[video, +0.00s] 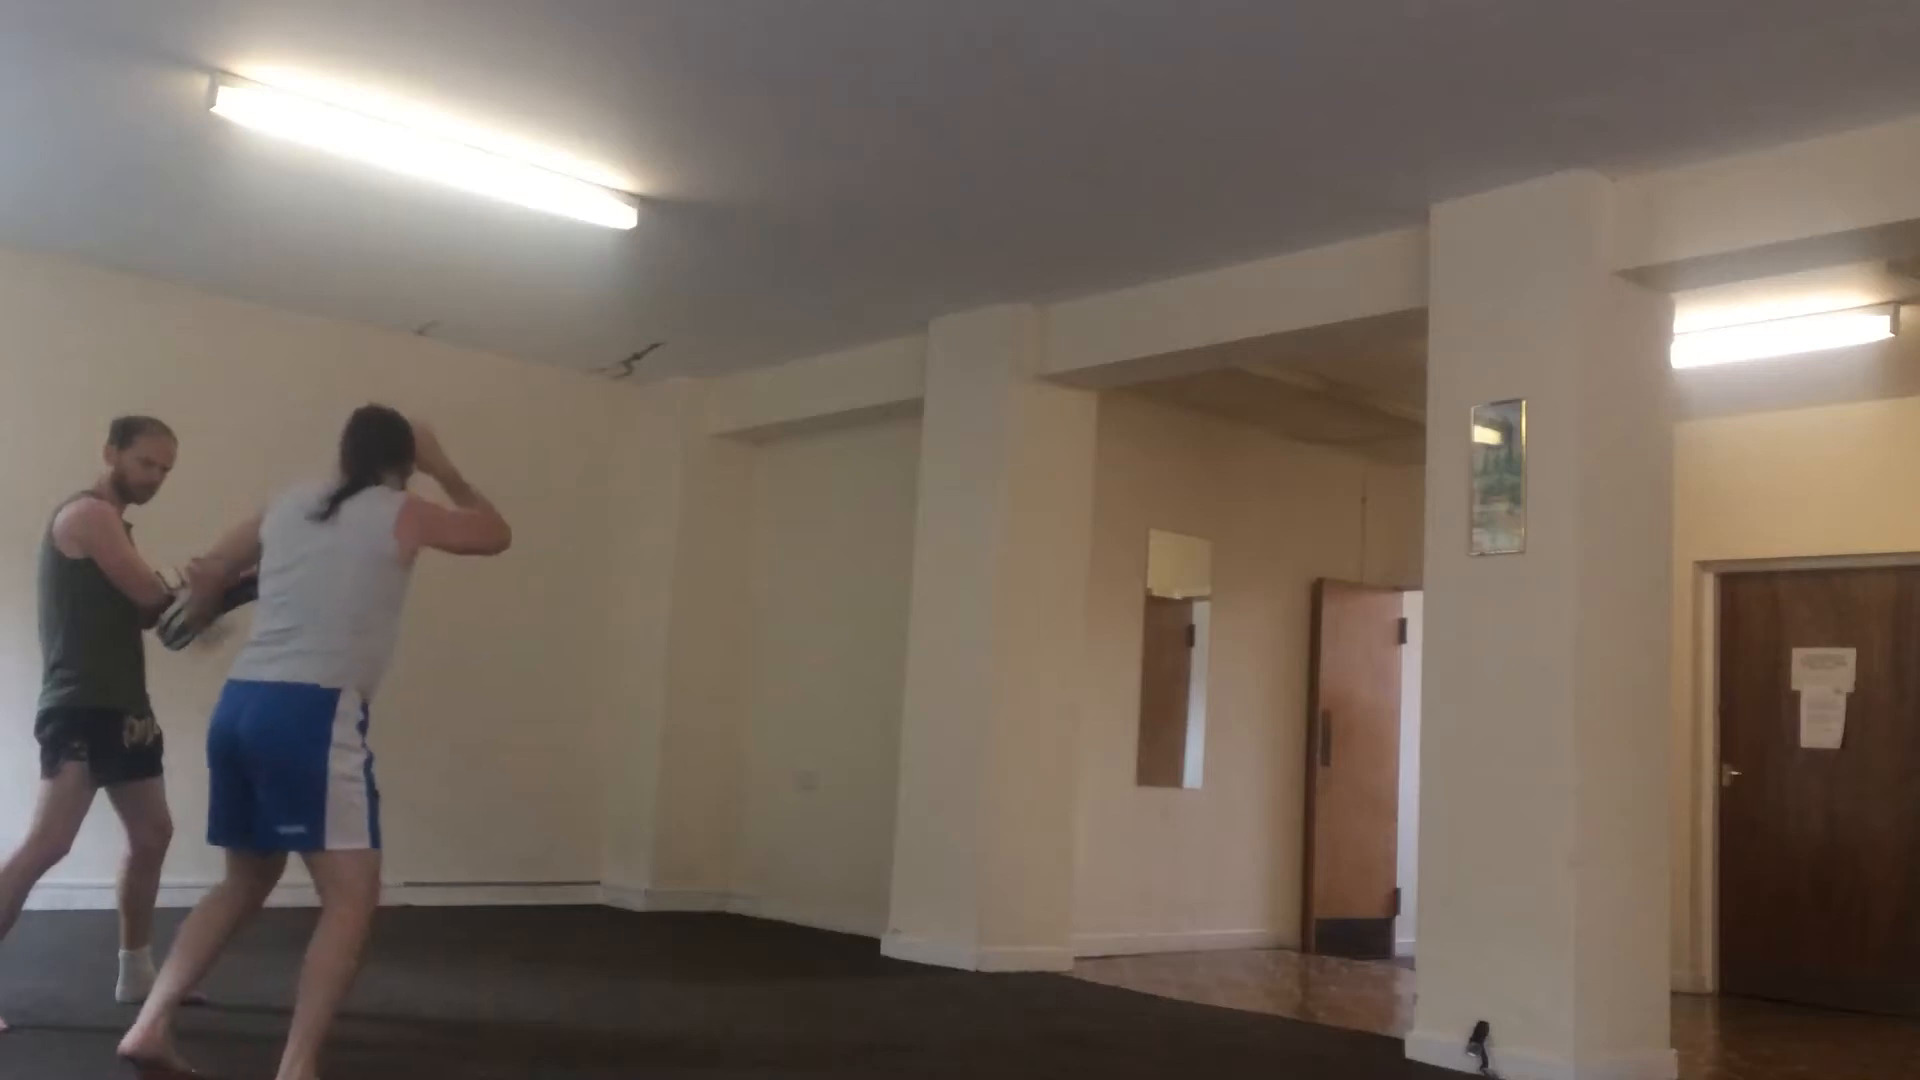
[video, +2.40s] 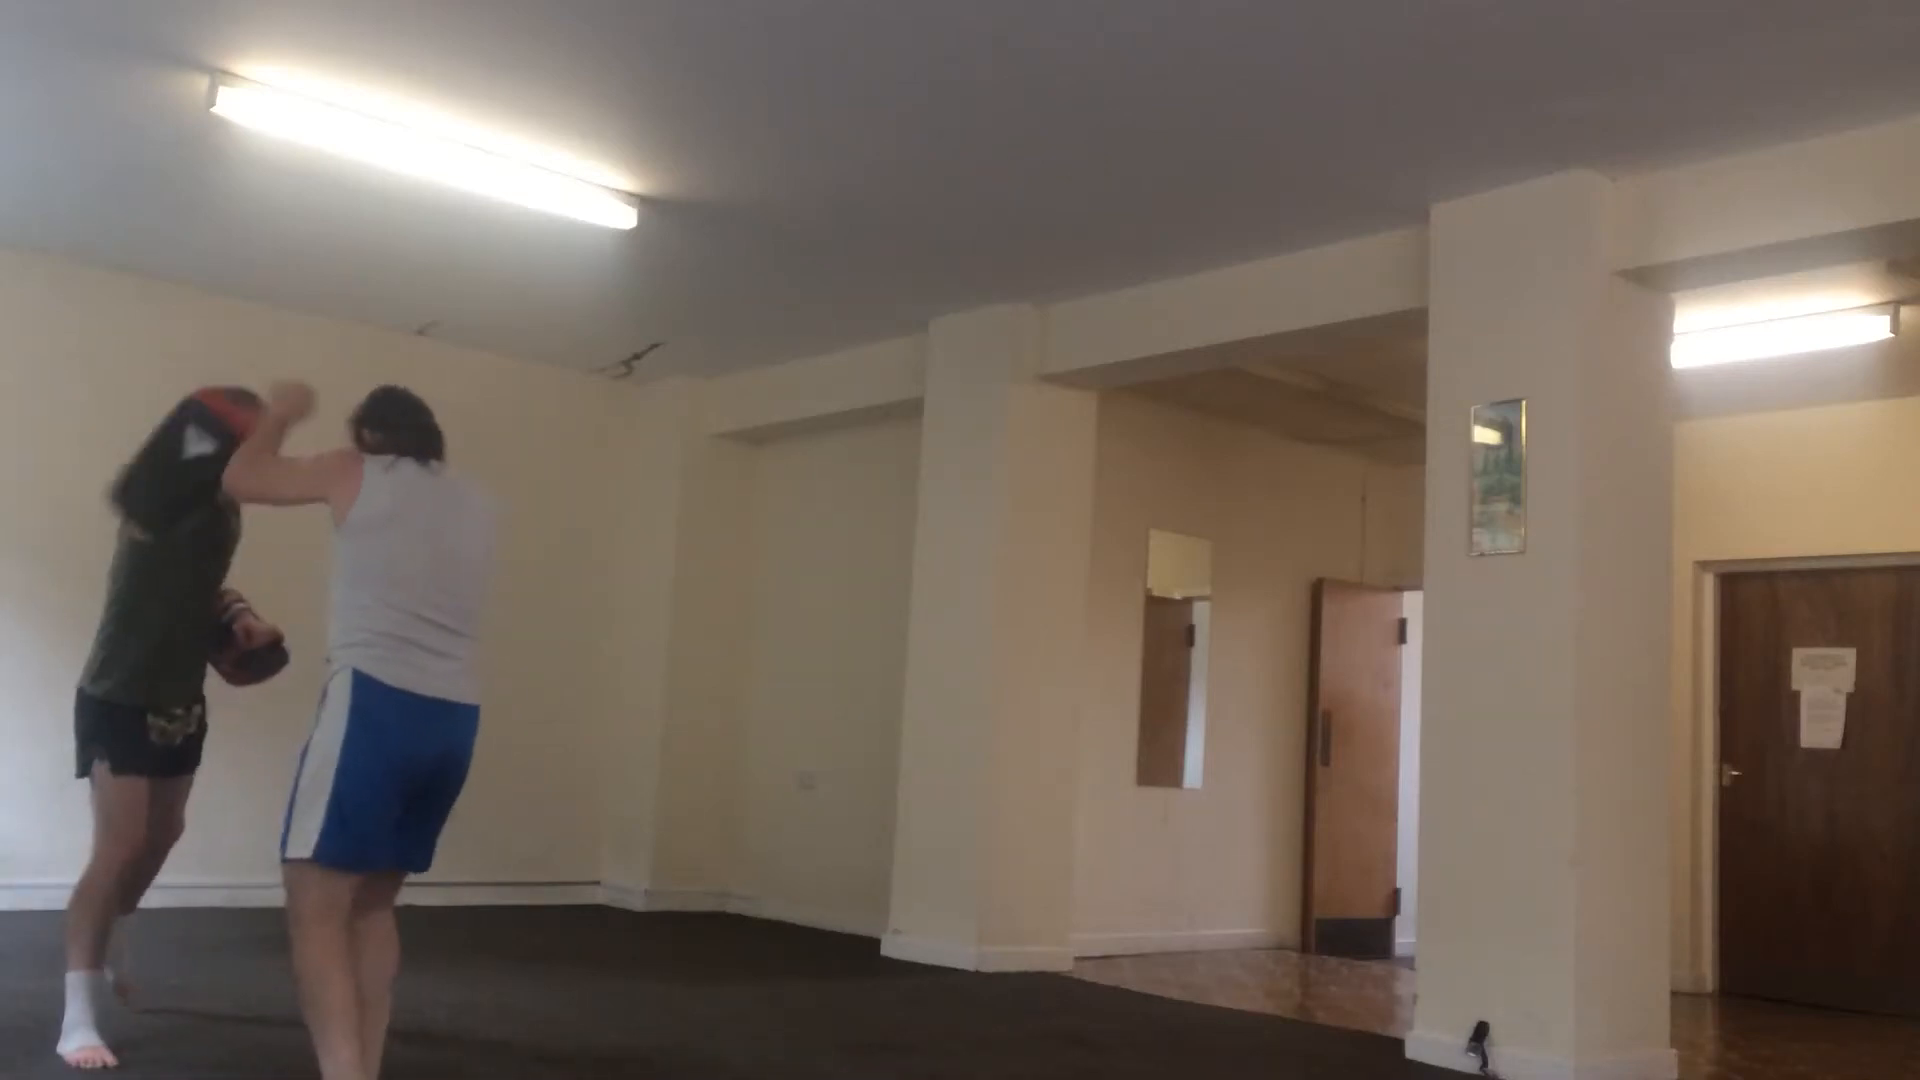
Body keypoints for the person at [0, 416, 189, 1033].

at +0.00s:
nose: (156, 478)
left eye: (164, 470)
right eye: (149, 465)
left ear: (160, 471)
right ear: (113, 454)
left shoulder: (110, 522)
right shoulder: (87, 515)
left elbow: (148, 610)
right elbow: (154, 599)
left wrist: (194, 594)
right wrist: (182, 584)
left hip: (124, 711)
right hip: (81, 710)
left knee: (153, 834)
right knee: (46, 843)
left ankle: (135, 973)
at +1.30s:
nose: (157, 483)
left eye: (168, 476)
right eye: (151, 470)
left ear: (169, 477)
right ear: (118, 459)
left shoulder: (156, 518)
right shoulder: (65, 501)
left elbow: (194, 539)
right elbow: (69, 550)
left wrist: (205, 493)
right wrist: (112, 506)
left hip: (137, 699)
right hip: (67, 695)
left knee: (128, 843)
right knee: (20, 841)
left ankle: (103, 971)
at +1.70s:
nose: (185, 478)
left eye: (196, 469)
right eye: (176, 466)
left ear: (206, 469)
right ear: (152, 457)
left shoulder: (207, 524)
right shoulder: (120, 510)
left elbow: (276, 577)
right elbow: (56, 547)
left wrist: (257, 509)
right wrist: (91, 467)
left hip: (165, 698)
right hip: (95, 687)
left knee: (138, 843)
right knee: (79, 826)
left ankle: (103, 974)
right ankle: (37, 978)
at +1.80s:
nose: (191, 477)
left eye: (203, 469)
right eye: (183, 464)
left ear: (213, 472)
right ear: (156, 457)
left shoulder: (215, 539)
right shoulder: (119, 517)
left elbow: (272, 625)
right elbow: (47, 574)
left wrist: (263, 568)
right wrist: (74, 512)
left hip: (169, 703)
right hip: (100, 691)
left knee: (139, 845)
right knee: (91, 826)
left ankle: (102, 973)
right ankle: (62, 981)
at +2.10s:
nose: (256, 488)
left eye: (266, 479)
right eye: (247, 473)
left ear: (270, 486)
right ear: (214, 468)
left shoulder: (236, 547)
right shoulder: (160, 516)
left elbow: (201, 624)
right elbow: (69, 527)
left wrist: (234, 658)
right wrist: (30, 519)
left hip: (180, 718)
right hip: (119, 709)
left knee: (142, 856)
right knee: (109, 849)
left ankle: (103, 967)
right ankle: (72, 1004)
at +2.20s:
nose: (266, 479)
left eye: (272, 469)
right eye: (257, 465)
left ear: (266, 474)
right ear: (225, 461)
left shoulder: (227, 540)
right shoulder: (186, 509)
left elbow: (193, 615)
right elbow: (150, 498)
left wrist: (226, 650)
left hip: (171, 712)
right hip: (115, 705)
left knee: (155, 849)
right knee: (121, 850)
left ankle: (111, 954)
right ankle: (77, 1013)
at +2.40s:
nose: (250, 467)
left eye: (254, 453)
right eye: (241, 450)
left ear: (239, 451)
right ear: (202, 441)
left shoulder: (219, 512)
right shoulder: (158, 499)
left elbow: (199, 587)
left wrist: (236, 615)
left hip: (180, 699)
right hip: (121, 698)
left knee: (160, 836)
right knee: (116, 850)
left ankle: (101, 939)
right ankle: (75, 1017)